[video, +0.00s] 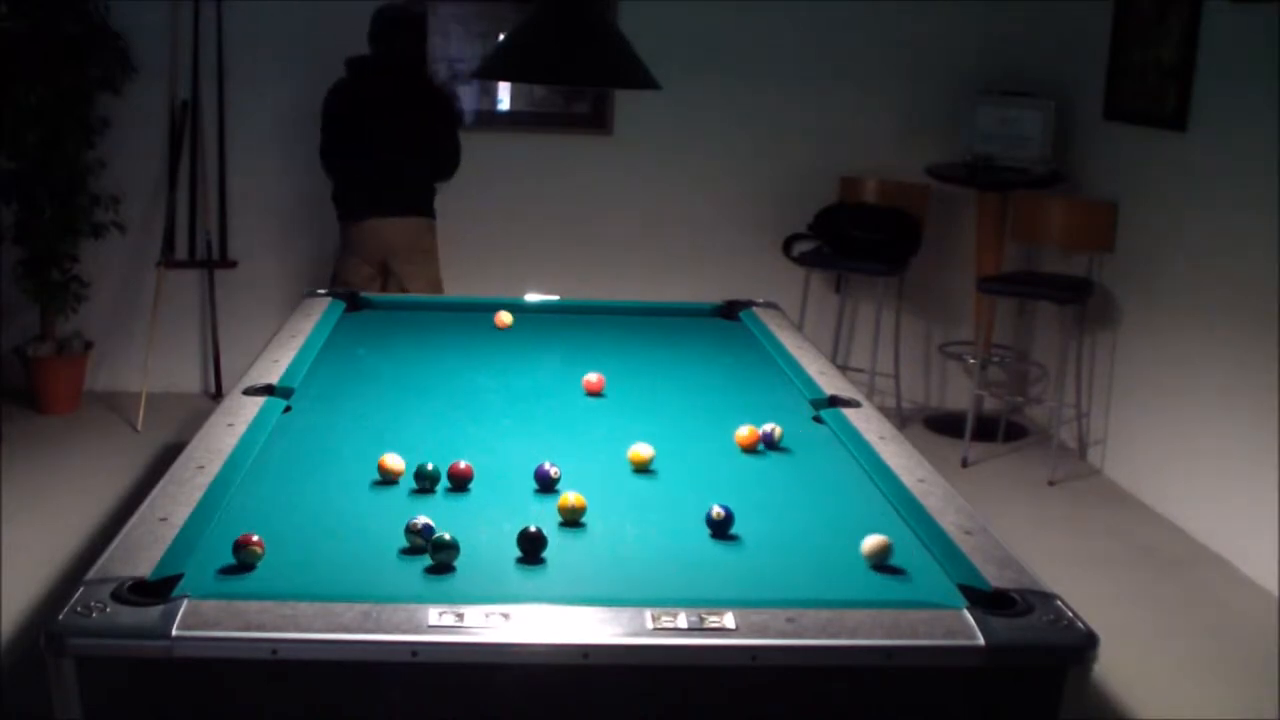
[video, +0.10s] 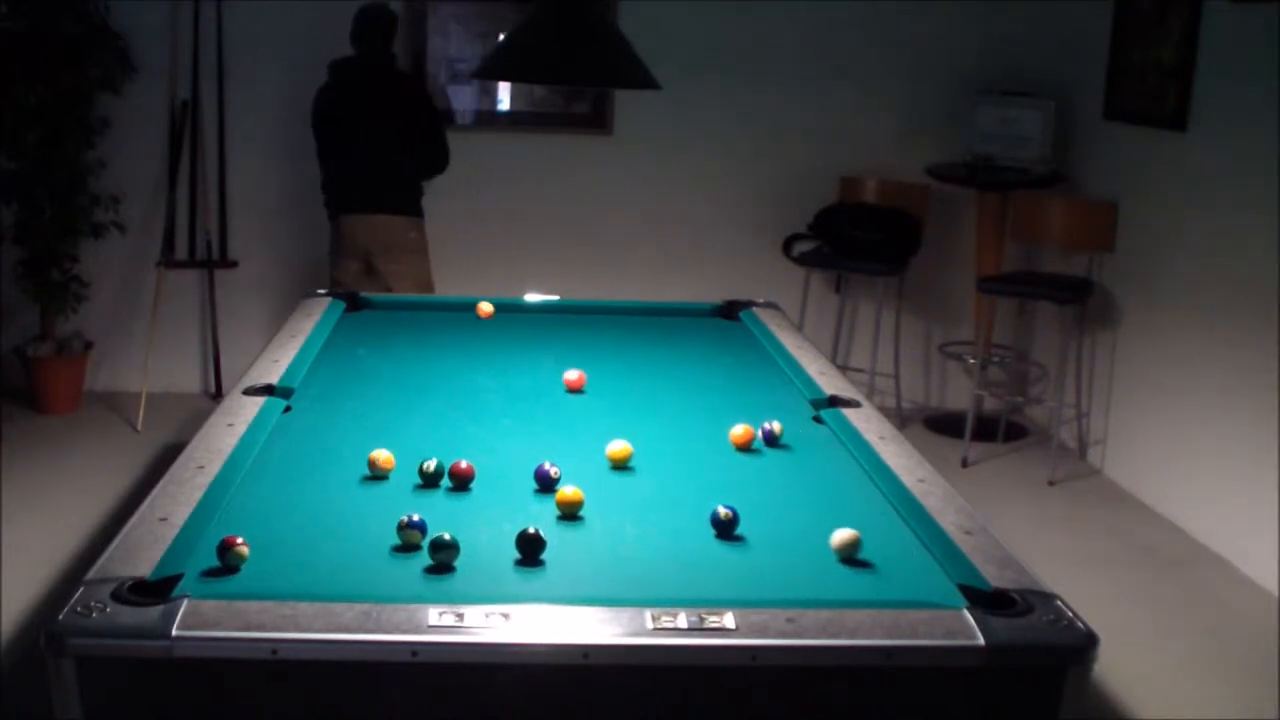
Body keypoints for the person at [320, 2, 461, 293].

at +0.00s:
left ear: (373, 37)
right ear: (420, 41)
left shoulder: (344, 91)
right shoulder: (433, 93)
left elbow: (329, 157)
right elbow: (446, 165)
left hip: (359, 222)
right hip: (413, 223)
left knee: (354, 320)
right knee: (424, 317)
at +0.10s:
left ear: (353, 37)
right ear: (392, 38)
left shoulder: (329, 91)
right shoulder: (409, 87)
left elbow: (325, 154)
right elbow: (436, 158)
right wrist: (403, 173)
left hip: (346, 219)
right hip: (398, 221)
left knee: (350, 317)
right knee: (414, 314)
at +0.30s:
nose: (377, 42)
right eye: (376, 35)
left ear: (338, 35)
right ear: (375, 37)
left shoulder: (320, 85)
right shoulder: (382, 85)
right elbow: (399, 141)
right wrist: (425, 159)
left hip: (329, 216)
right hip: (373, 218)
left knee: (341, 315)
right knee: (386, 314)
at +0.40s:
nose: (384, 42)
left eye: (382, 33)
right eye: (380, 34)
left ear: (342, 34)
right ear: (369, 36)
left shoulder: (323, 74)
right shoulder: (365, 79)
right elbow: (378, 140)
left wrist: (410, 157)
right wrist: (419, 157)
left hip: (328, 214)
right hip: (362, 218)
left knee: (343, 313)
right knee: (376, 314)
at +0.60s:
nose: (385, 43)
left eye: (385, 34)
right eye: (379, 34)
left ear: (352, 34)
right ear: (362, 34)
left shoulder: (337, 73)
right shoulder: (350, 76)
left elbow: (351, 153)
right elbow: (359, 153)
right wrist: (411, 166)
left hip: (337, 215)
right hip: (347, 219)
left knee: (345, 314)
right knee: (350, 315)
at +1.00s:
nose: (361, 46)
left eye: (366, 37)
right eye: (352, 37)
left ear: (374, 39)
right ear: (333, 39)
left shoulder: (384, 92)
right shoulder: (311, 92)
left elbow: (396, 158)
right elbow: (322, 166)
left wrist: (403, 210)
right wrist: (388, 164)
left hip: (373, 231)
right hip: (327, 232)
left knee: (373, 332)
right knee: (326, 331)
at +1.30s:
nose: (363, 54)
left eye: (371, 43)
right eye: (354, 44)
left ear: (381, 43)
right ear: (338, 44)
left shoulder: (402, 91)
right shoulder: (319, 98)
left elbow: (420, 154)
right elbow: (306, 174)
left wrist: (414, 195)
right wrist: (367, 211)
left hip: (402, 240)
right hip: (346, 244)